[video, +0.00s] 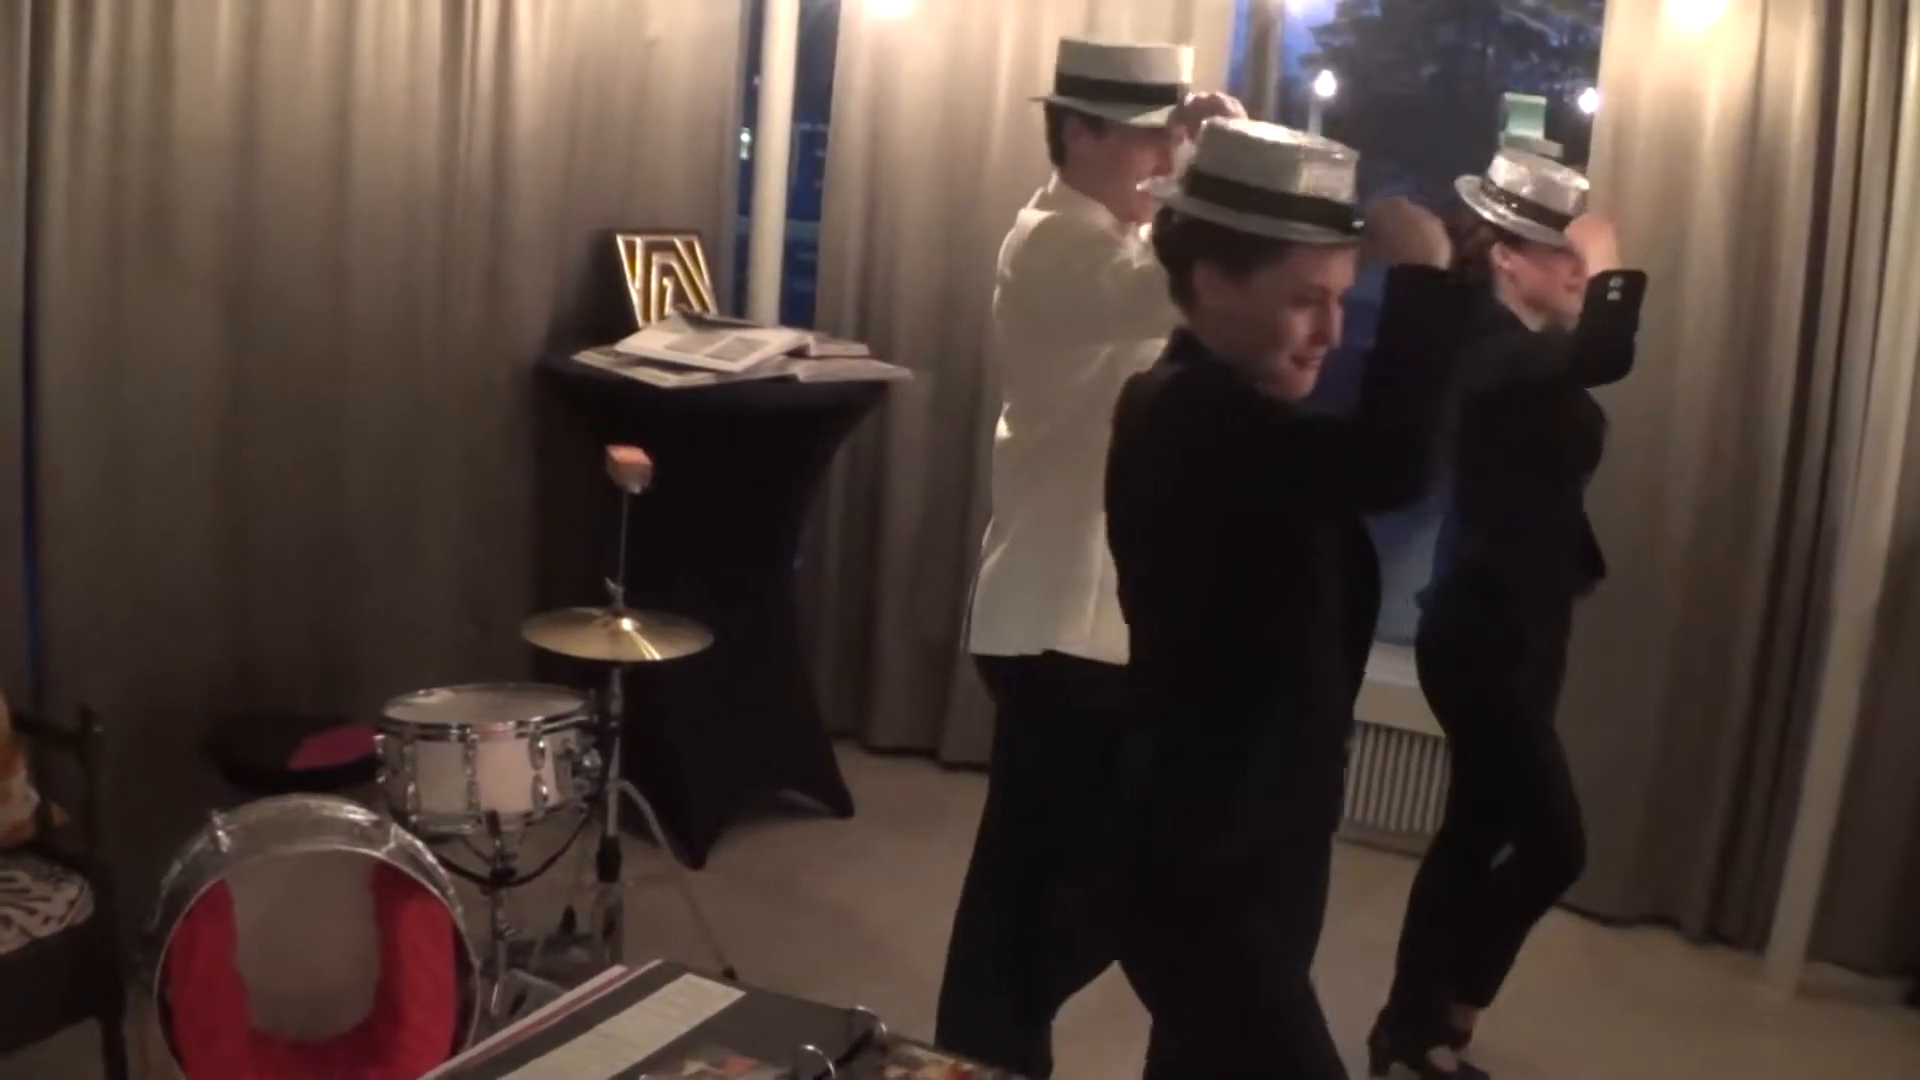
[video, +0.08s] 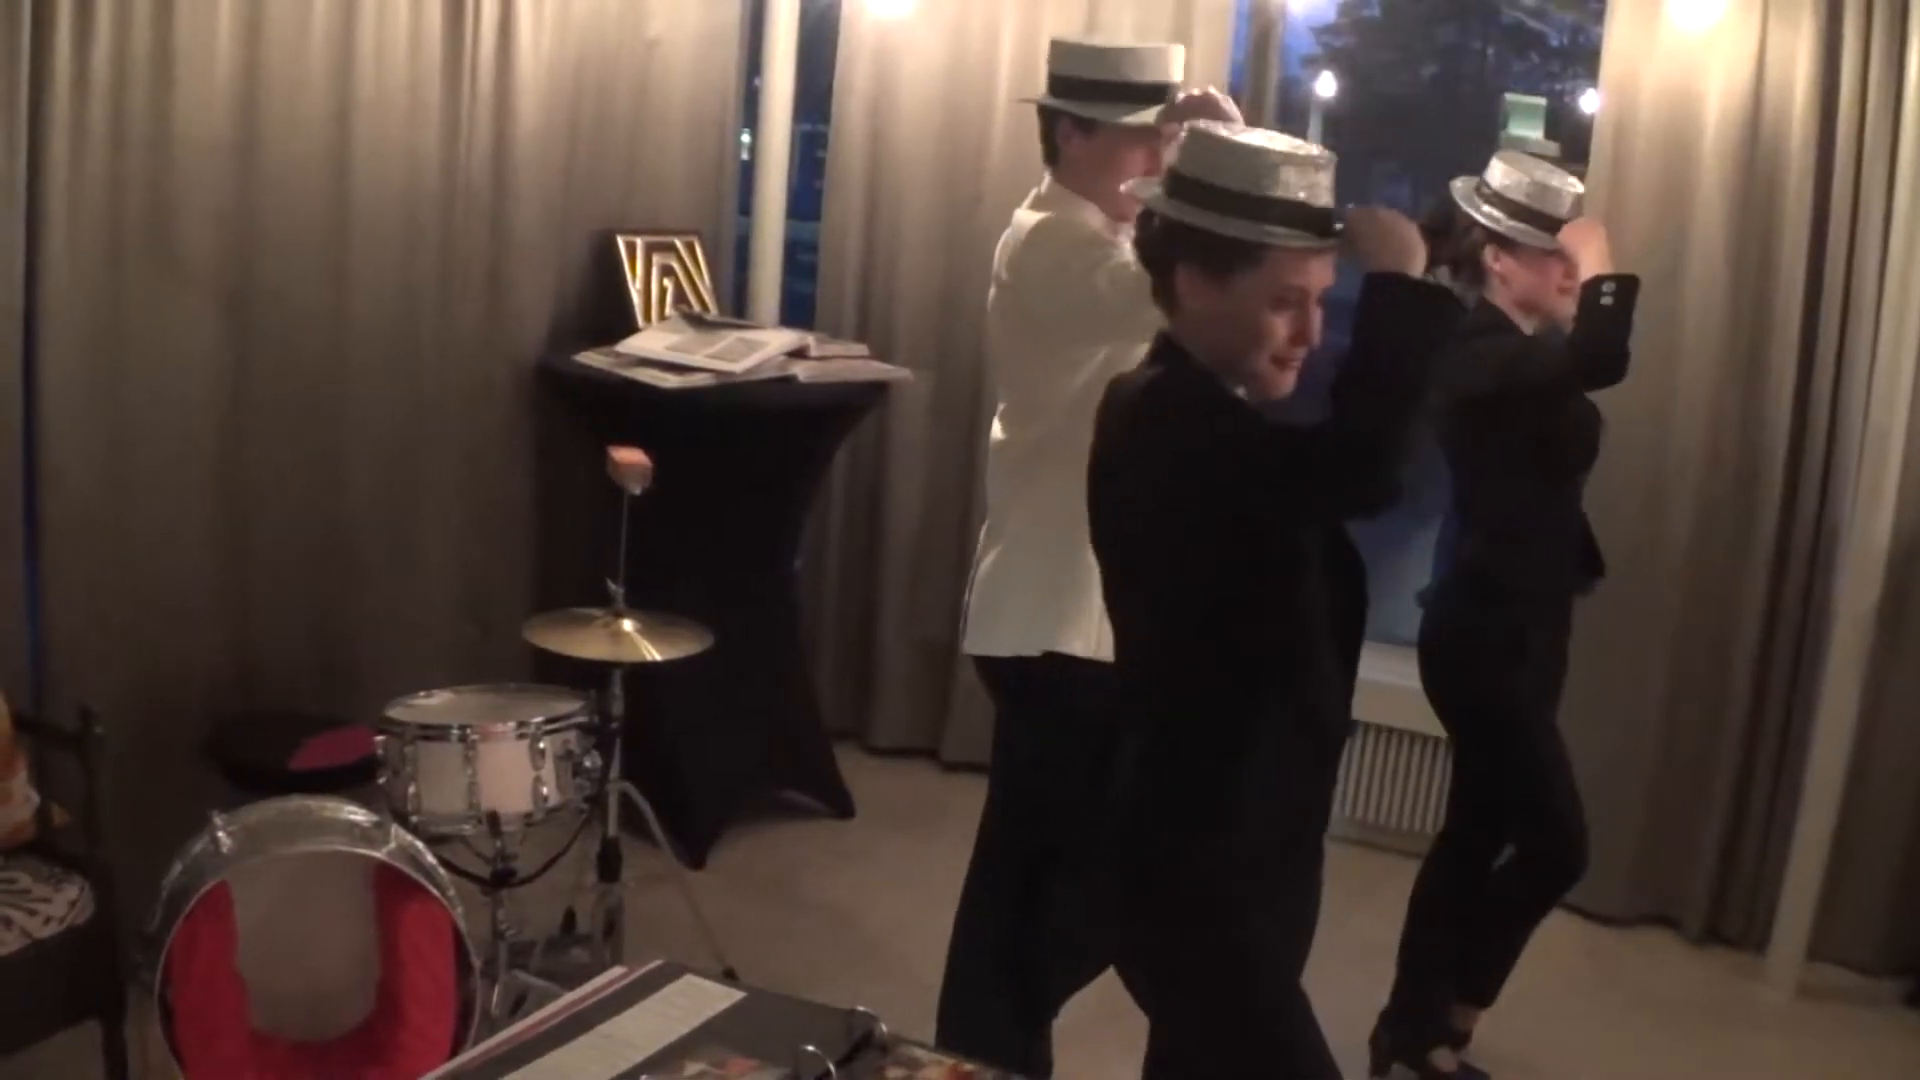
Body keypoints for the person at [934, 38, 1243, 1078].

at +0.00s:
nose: (1160, 159)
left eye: (1167, 138)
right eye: (1141, 137)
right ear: (1077, 136)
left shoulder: (1099, 237)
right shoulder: (1055, 245)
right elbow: (1186, 286)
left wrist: (1195, 167)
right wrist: (1204, 166)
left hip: (1089, 607)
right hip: (1063, 619)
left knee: (1058, 875)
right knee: (1043, 878)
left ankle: (992, 1050)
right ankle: (987, 1054)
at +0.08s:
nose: (1156, 156)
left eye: (1159, 136)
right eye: (1138, 136)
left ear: (1082, 142)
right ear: (1073, 136)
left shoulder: (1080, 235)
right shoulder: (1063, 250)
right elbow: (1212, 297)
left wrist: (1218, 154)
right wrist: (1228, 150)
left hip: (1065, 606)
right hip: (1061, 621)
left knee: (1041, 875)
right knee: (1049, 881)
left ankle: (988, 1051)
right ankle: (988, 1053)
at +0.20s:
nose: (1149, 152)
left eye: (1152, 132)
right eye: (1133, 131)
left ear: (1065, 138)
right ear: (1063, 132)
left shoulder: (1063, 228)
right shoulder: (1059, 245)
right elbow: (1199, 284)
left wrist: (1203, 157)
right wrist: (1210, 149)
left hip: (1051, 602)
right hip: (1057, 619)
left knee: (1036, 864)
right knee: (1053, 872)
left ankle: (987, 1048)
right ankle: (990, 1049)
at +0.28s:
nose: (1143, 155)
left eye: (1146, 135)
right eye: (1125, 135)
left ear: (1062, 139)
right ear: (1055, 134)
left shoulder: (1053, 228)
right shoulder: (1059, 247)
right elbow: (1198, 294)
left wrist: (1191, 167)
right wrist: (1201, 156)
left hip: (1038, 607)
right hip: (1057, 624)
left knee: (1031, 863)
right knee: (1068, 873)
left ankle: (984, 1049)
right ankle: (989, 1047)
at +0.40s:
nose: (1132, 155)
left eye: (1136, 136)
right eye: (1116, 136)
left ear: (1057, 139)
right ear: (1050, 133)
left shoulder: (1037, 230)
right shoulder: (1054, 248)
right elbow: (1185, 317)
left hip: (1028, 597)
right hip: (1048, 611)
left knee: (1029, 853)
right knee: (1050, 864)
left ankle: (985, 1046)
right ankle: (984, 1048)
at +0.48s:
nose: (1132, 153)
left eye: (1136, 133)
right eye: (1112, 132)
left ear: (1063, 140)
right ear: (1044, 133)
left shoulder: (1066, 232)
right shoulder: (1040, 251)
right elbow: (1173, 340)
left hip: (1048, 604)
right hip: (1042, 620)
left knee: (1037, 866)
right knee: (1043, 876)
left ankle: (984, 1051)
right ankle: (981, 1054)